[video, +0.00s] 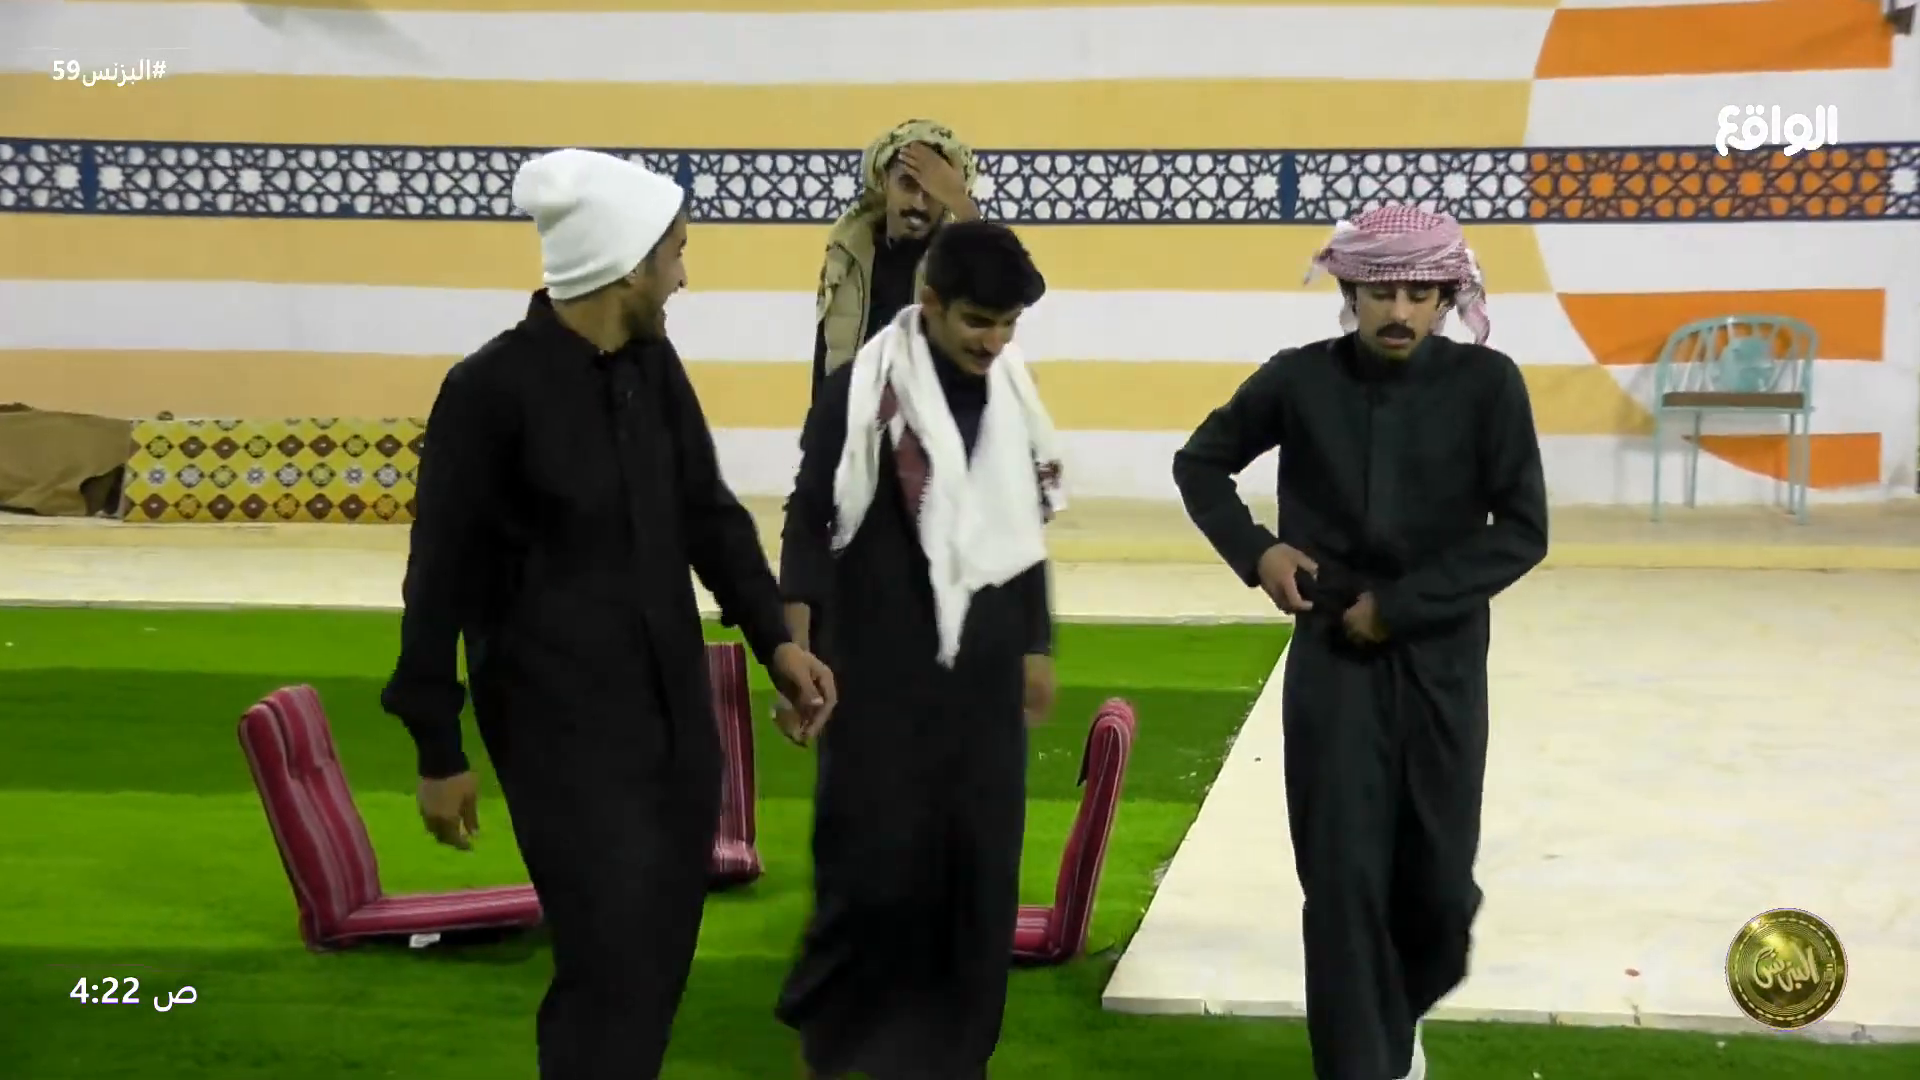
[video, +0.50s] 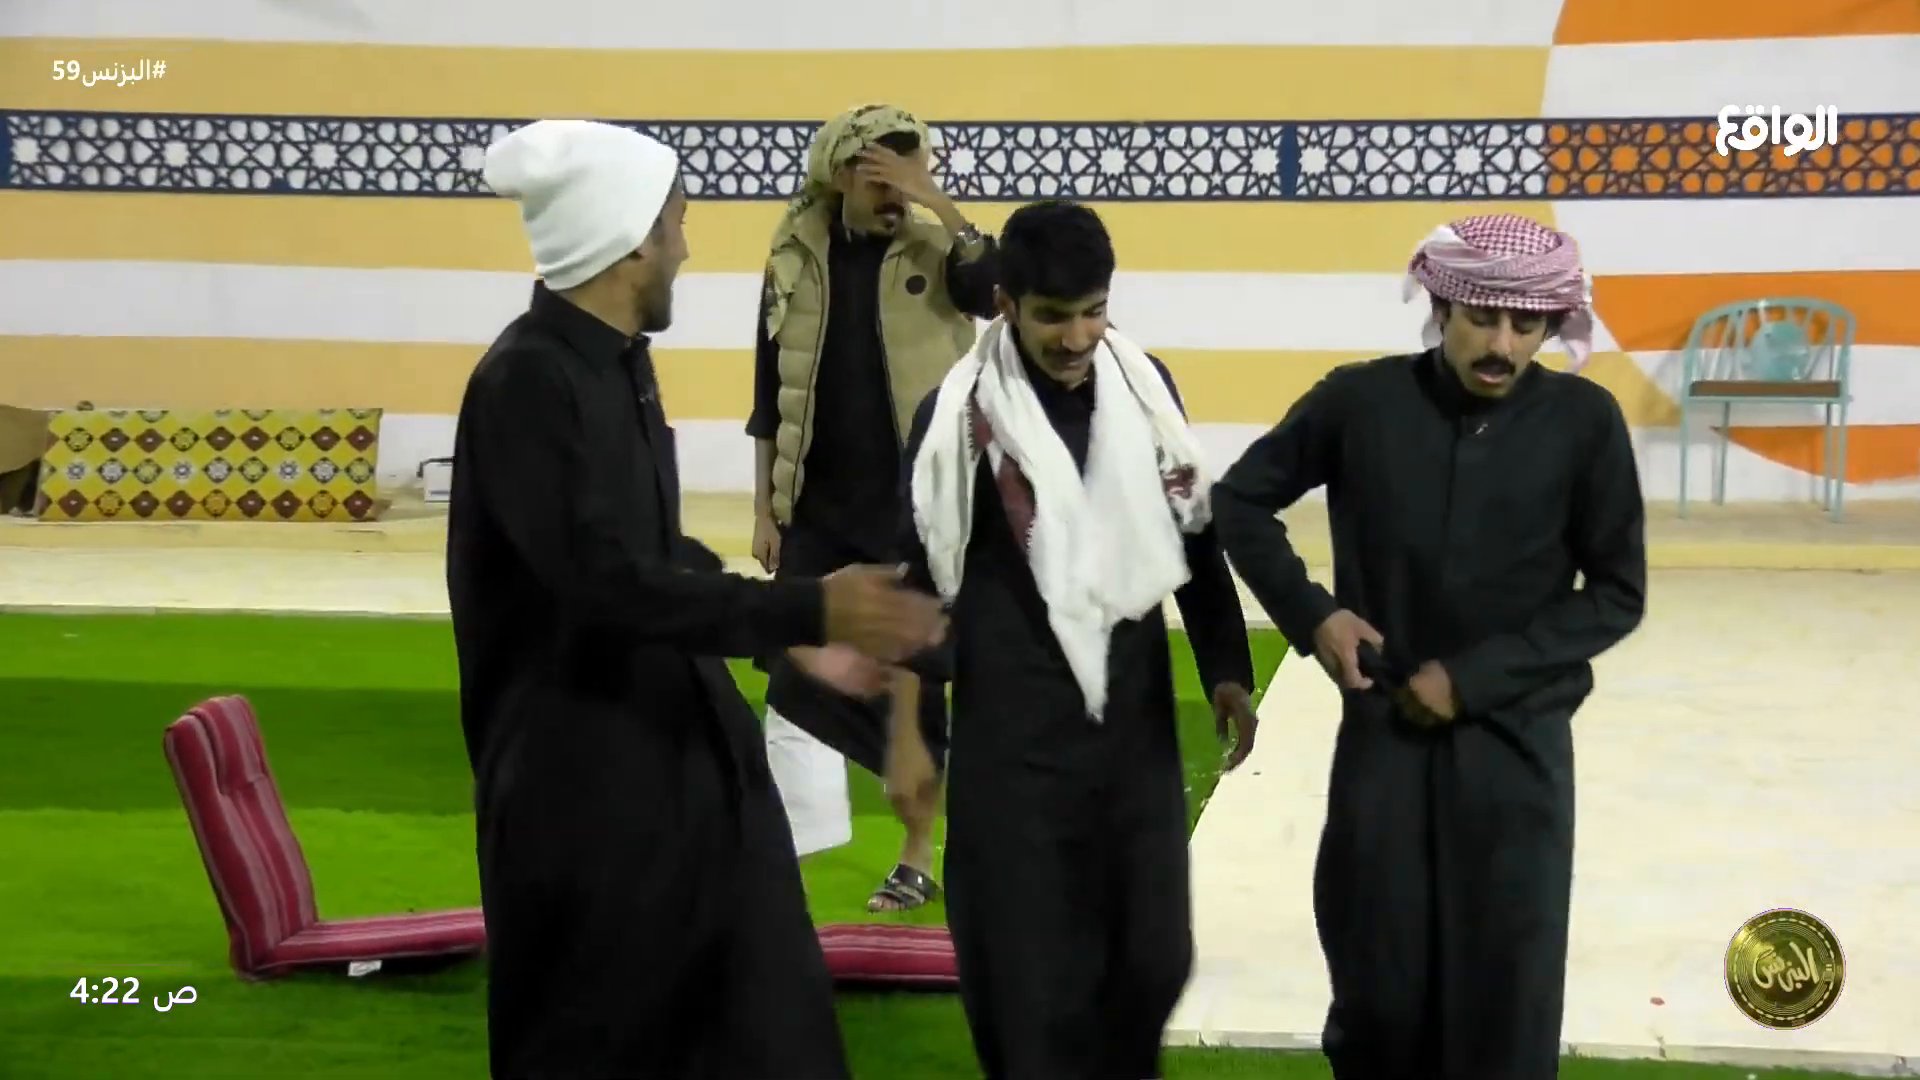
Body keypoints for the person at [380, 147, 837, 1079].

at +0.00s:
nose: (683, 276)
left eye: (681, 253)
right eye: (671, 254)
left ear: (615, 264)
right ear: (615, 263)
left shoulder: (651, 366)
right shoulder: (489, 390)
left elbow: (708, 511)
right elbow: (435, 579)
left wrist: (777, 638)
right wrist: (438, 752)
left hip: (673, 720)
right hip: (560, 731)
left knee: (660, 969)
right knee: (607, 974)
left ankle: (620, 1073)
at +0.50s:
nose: (685, 249)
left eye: (681, 222)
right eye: (676, 221)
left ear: (607, 241)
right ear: (632, 236)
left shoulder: (613, 369)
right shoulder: (532, 379)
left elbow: (660, 566)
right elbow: (602, 587)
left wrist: (802, 653)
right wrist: (808, 610)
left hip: (669, 785)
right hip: (582, 807)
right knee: (596, 1044)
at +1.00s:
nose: (859, 234)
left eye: (851, 204)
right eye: (830, 207)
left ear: (765, 238)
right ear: (751, 236)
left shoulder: (862, 362)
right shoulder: (636, 389)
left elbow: (911, 554)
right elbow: (619, 616)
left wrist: (991, 588)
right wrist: (821, 694)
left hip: (871, 825)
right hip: (714, 837)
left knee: (863, 1055)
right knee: (756, 1057)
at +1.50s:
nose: (1034, 289)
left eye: (1033, 257)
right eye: (1029, 257)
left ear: (956, 266)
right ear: (975, 268)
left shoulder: (844, 400)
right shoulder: (897, 402)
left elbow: (948, 617)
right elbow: (1017, 616)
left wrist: (1087, 550)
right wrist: (1179, 619)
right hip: (955, 904)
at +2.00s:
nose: (1128, 286)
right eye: (1120, 265)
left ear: (984, 277)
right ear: (1099, 281)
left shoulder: (909, 400)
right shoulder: (1109, 412)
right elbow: (1211, 596)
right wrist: (1259, 438)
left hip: (929, 838)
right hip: (1083, 844)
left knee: (926, 1047)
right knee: (1084, 1050)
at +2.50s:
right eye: (963, 237)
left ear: (847, 283)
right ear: (962, 260)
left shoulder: (808, 415)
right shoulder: (1056, 372)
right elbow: (1237, 491)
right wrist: (1167, 528)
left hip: (908, 825)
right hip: (1082, 801)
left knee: (942, 1046)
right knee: (1171, 1037)